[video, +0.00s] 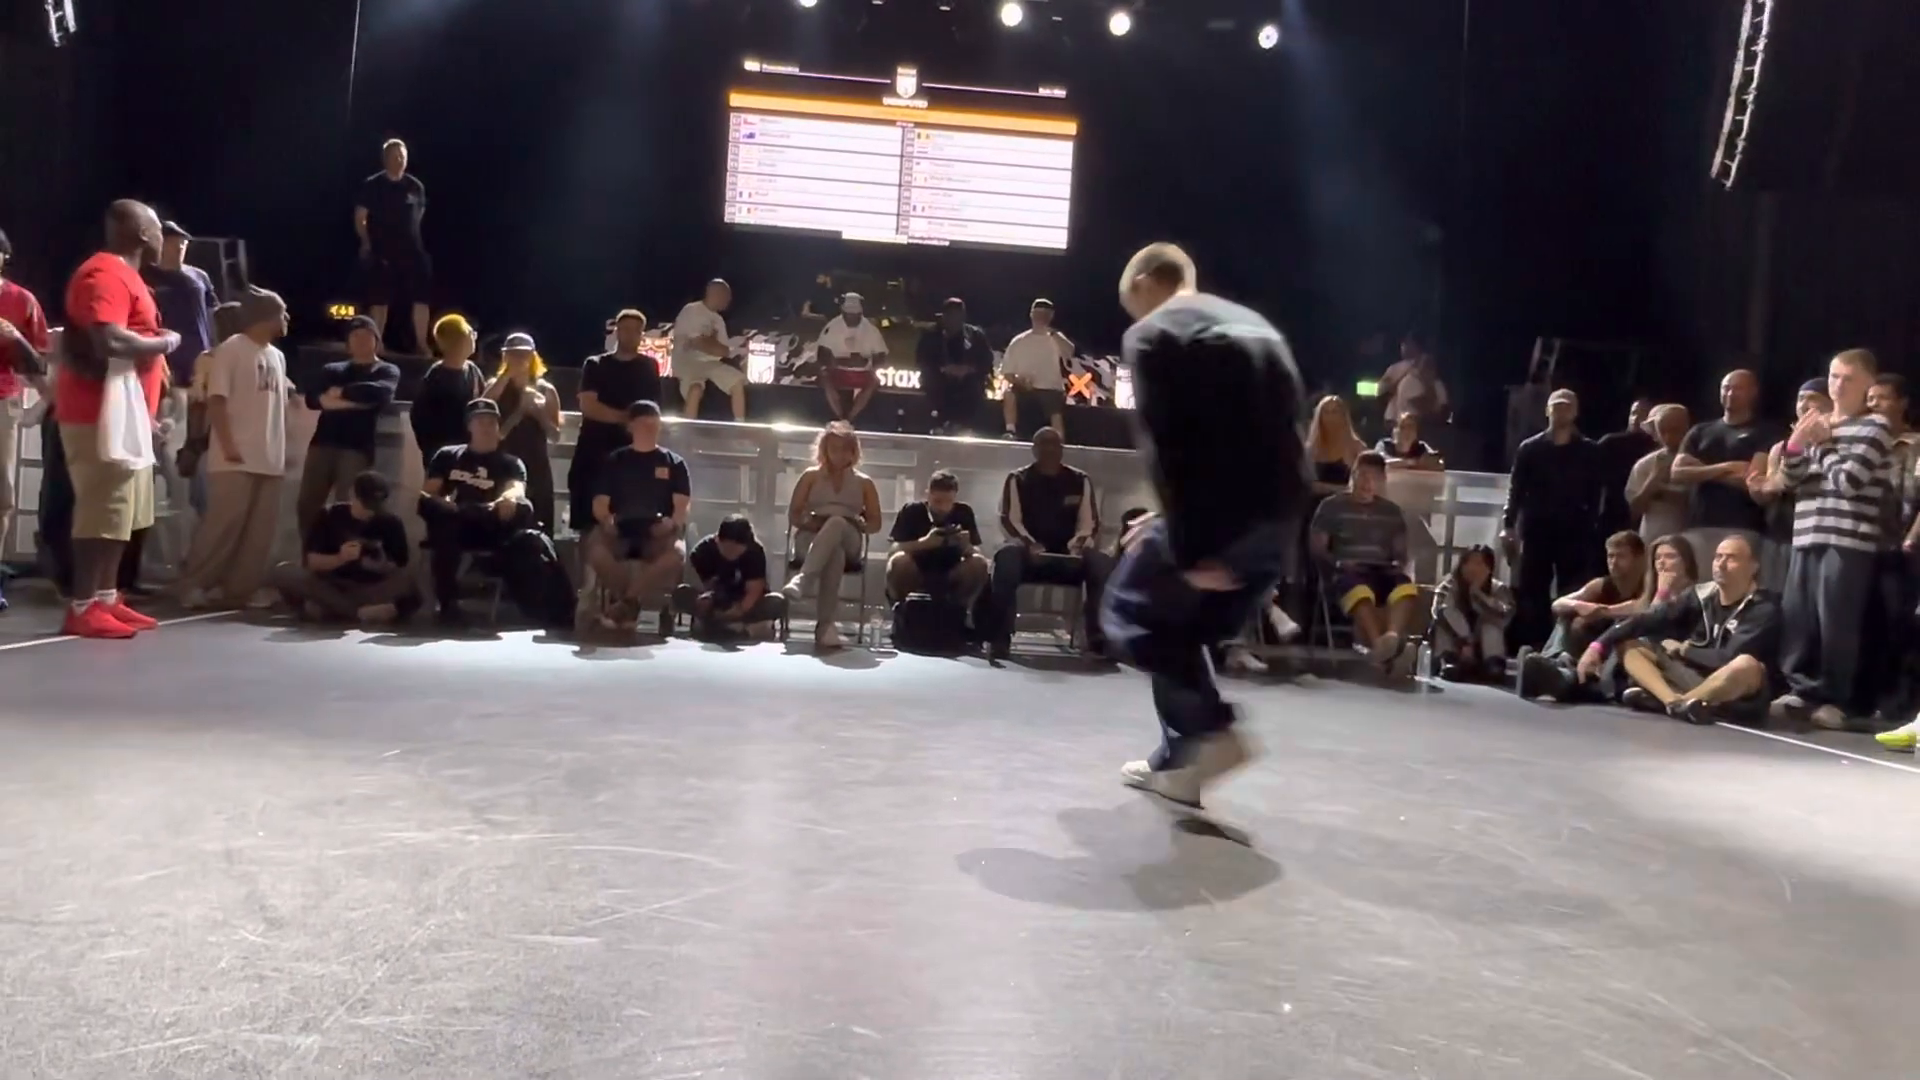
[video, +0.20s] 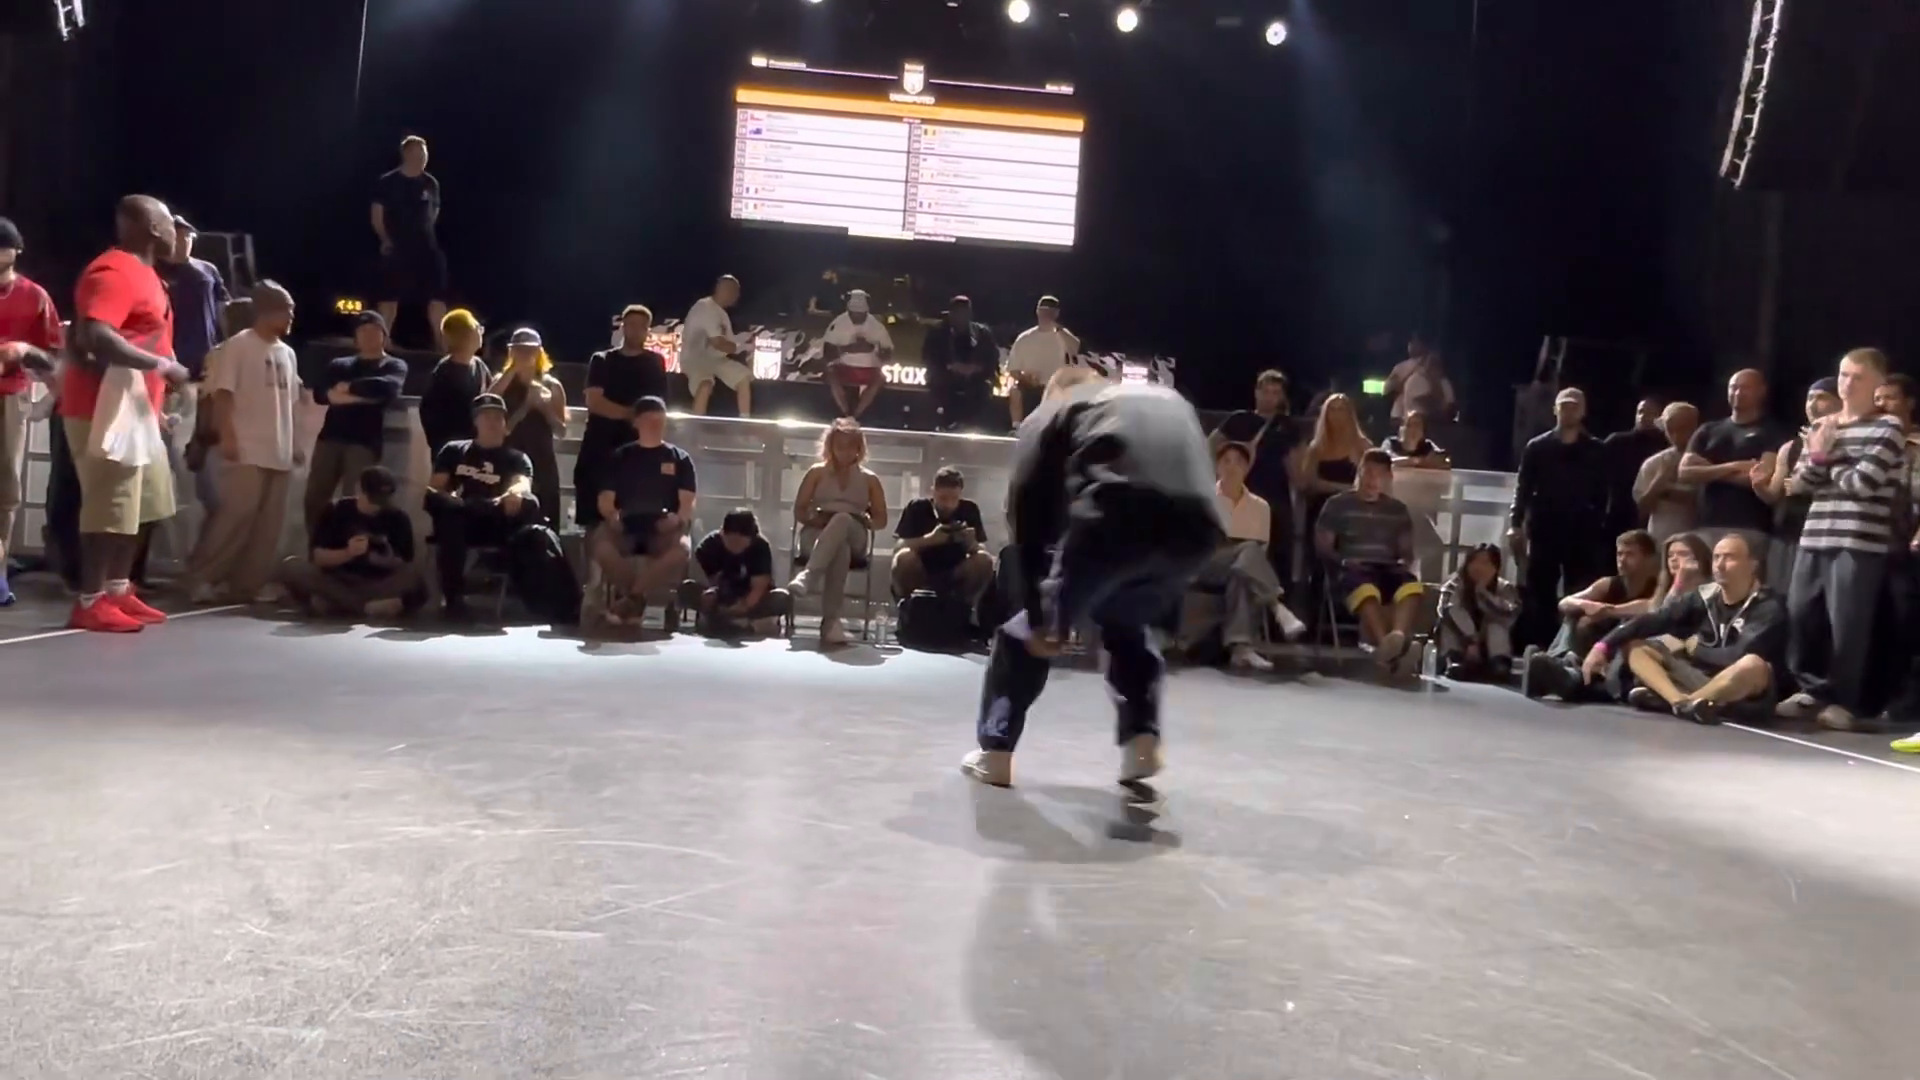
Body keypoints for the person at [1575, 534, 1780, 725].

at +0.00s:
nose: (1719, 564)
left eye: (1730, 559)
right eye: (1717, 558)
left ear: (1753, 568)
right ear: (1713, 562)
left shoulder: (1765, 608)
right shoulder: (1701, 594)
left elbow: (1727, 659)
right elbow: (1651, 620)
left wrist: (1681, 649)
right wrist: (1599, 646)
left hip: (1739, 695)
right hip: (1696, 681)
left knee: (1747, 666)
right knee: (1630, 648)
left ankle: (1681, 703)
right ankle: (1673, 703)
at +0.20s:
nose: (1719, 565)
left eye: (1729, 558)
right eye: (1716, 558)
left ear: (1753, 565)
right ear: (1711, 563)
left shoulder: (1770, 607)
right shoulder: (1705, 596)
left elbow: (1737, 657)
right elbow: (1656, 620)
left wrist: (1691, 648)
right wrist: (1604, 647)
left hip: (1748, 696)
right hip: (1705, 683)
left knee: (1753, 665)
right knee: (1637, 649)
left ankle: (1687, 703)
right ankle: (1679, 703)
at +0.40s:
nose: (1714, 565)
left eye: (1723, 558)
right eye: (1711, 559)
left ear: (1748, 563)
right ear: (1707, 564)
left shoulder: (1770, 606)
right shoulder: (1702, 599)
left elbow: (1742, 654)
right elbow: (1654, 623)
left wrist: (1698, 646)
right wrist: (1605, 647)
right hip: (1704, 680)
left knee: (1757, 665)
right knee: (1639, 652)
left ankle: (1688, 703)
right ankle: (1681, 700)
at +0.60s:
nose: (1713, 567)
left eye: (1722, 559)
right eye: (1710, 560)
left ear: (1747, 562)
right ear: (1705, 566)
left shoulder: (1770, 605)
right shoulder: (1704, 598)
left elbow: (1740, 653)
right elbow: (1659, 621)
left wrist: (1697, 644)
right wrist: (1607, 648)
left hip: (1756, 691)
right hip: (1710, 680)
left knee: (1760, 666)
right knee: (1640, 652)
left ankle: (1693, 703)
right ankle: (1685, 703)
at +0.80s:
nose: (1714, 567)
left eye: (1723, 559)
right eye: (1711, 561)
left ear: (1748, 562)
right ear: (1707, 567)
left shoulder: (1773, 604)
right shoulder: (1706, 599)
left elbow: (1747, 652)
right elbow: (1659, 623)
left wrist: (1704, 646)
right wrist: (1611, 650)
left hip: (1760, 693)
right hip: (1715, 681)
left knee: (1764, 666)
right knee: (1644, 652)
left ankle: (1697, 703)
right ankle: (1690, 703)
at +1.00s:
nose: (1715, 567)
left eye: (1724, 559)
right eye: (1711, 561)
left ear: (1748, 562)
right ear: (1707, 567)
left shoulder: (1772, 602)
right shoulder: (1705, 598)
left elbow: (1758, 648)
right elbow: (1659, 623)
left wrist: (1710, 654)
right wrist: (1612, 651)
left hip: (1762, 692)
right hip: (1716, 682)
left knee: (1766, 665)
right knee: (1646, 650)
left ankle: (1696, 703)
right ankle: (1694, 704)